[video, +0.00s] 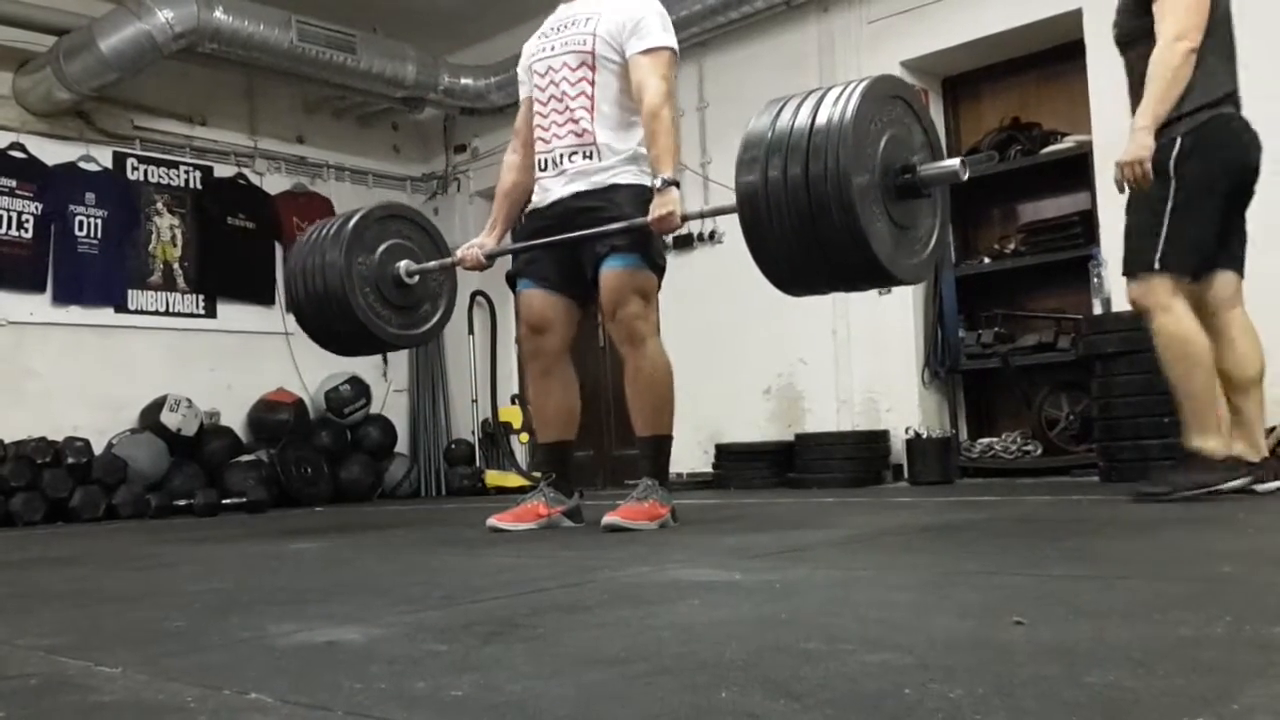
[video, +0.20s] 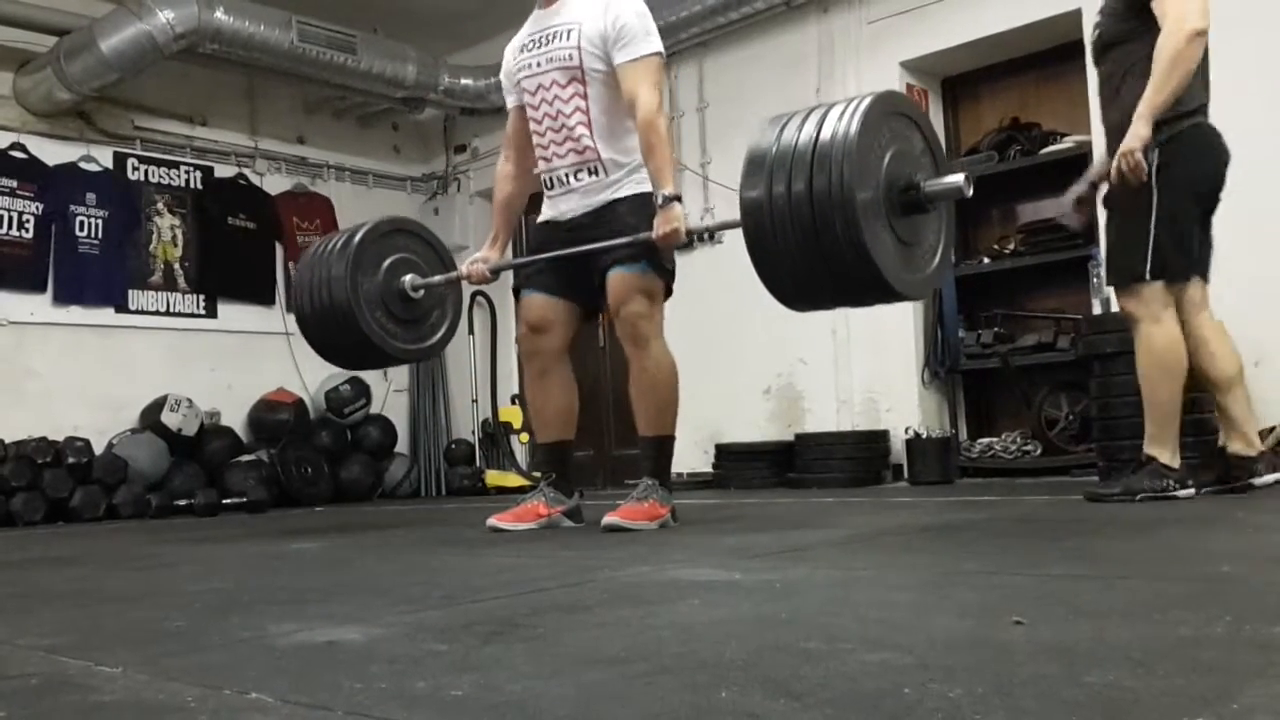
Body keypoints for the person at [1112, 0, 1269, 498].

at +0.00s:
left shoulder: (1177, 1)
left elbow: (1181, 44)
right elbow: (1180, 50)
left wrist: (1141, 131)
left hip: (1190, 136)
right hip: (1222, 132)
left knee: (1154, 291)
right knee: (1220, 299)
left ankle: (1208, 453)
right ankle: (1250, 454)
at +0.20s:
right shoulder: (1126, 11)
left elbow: (1189, 27)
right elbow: (1135, 90)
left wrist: (1141, 122)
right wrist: (1108, 167)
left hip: (1165, 148)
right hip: (1181, 146)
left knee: (1146, 302)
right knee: (1192, 305)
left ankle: (1162, 462)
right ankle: (1245, 450)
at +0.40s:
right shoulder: (1099, 11)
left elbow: (1197, 16)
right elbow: (1119, 85)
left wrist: (1147, 112)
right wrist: (1085, 147)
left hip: (1151, 146)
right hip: (1120, 155)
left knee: (1151, 301)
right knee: (1100, 305)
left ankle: (1162, 463)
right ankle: (1219, 423)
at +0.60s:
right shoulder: (1090, 12)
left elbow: (1211, 28)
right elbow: (1109, 81)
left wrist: (1143, 112)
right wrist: (1090, 143)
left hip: (1144, 158)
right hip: (1102, 168)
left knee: (1144, 301)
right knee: (1104, 313)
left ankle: (1164, 463)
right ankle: (1176, 446)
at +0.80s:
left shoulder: (1160, 2)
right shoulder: (1086, 34)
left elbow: (1220, 54)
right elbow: (1073, 107)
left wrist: (1157, 139)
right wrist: (1071, 148)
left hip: (1156, 173)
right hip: (1113, 183)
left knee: (1152, 308)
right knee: (1137, 312)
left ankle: (1163, 460)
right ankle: (1185, 456)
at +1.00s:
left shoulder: (1168, 6)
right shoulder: (1084, 46)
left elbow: (1243, 61)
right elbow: (1066, 122)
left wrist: (1185, 146)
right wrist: (1073, 159)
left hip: (1170, 183)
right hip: (1114, 195)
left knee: (1178, 307)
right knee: (1145, 322)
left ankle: (1201, 454)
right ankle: (1179, 457)